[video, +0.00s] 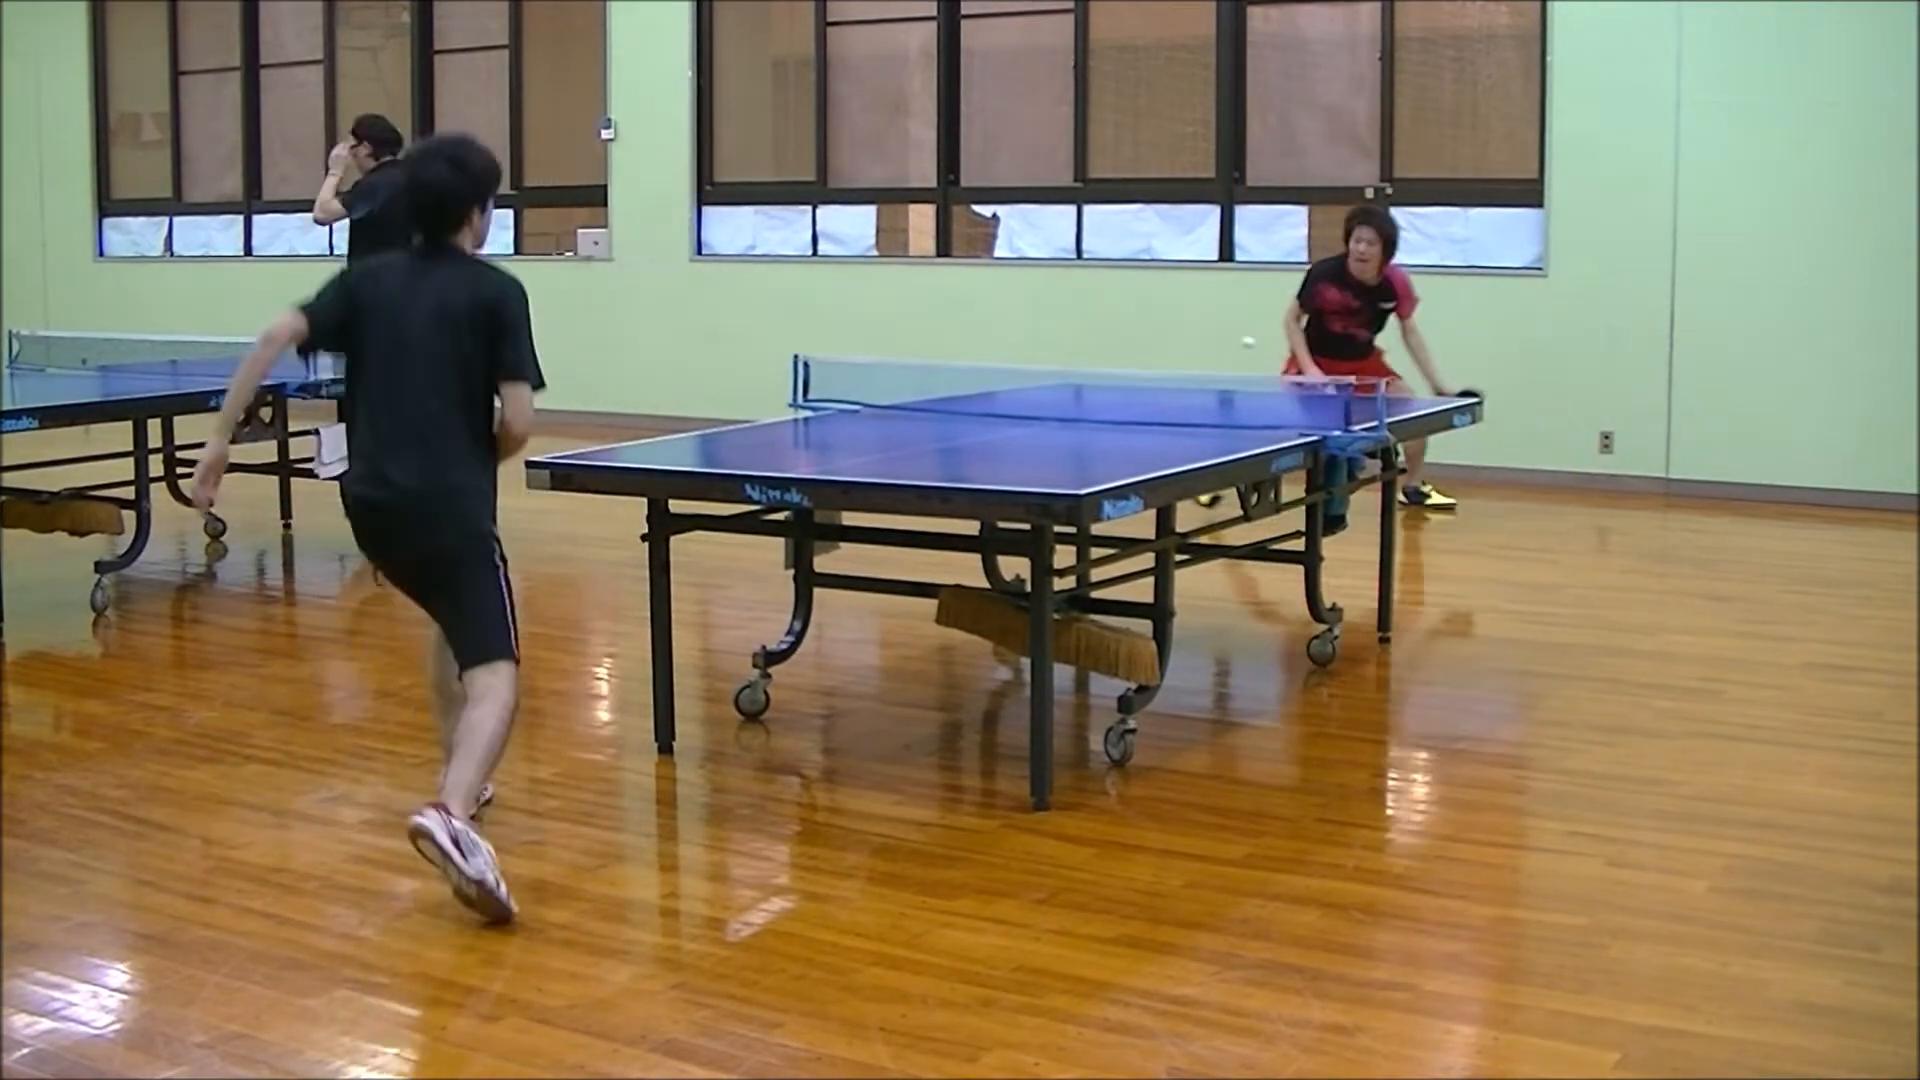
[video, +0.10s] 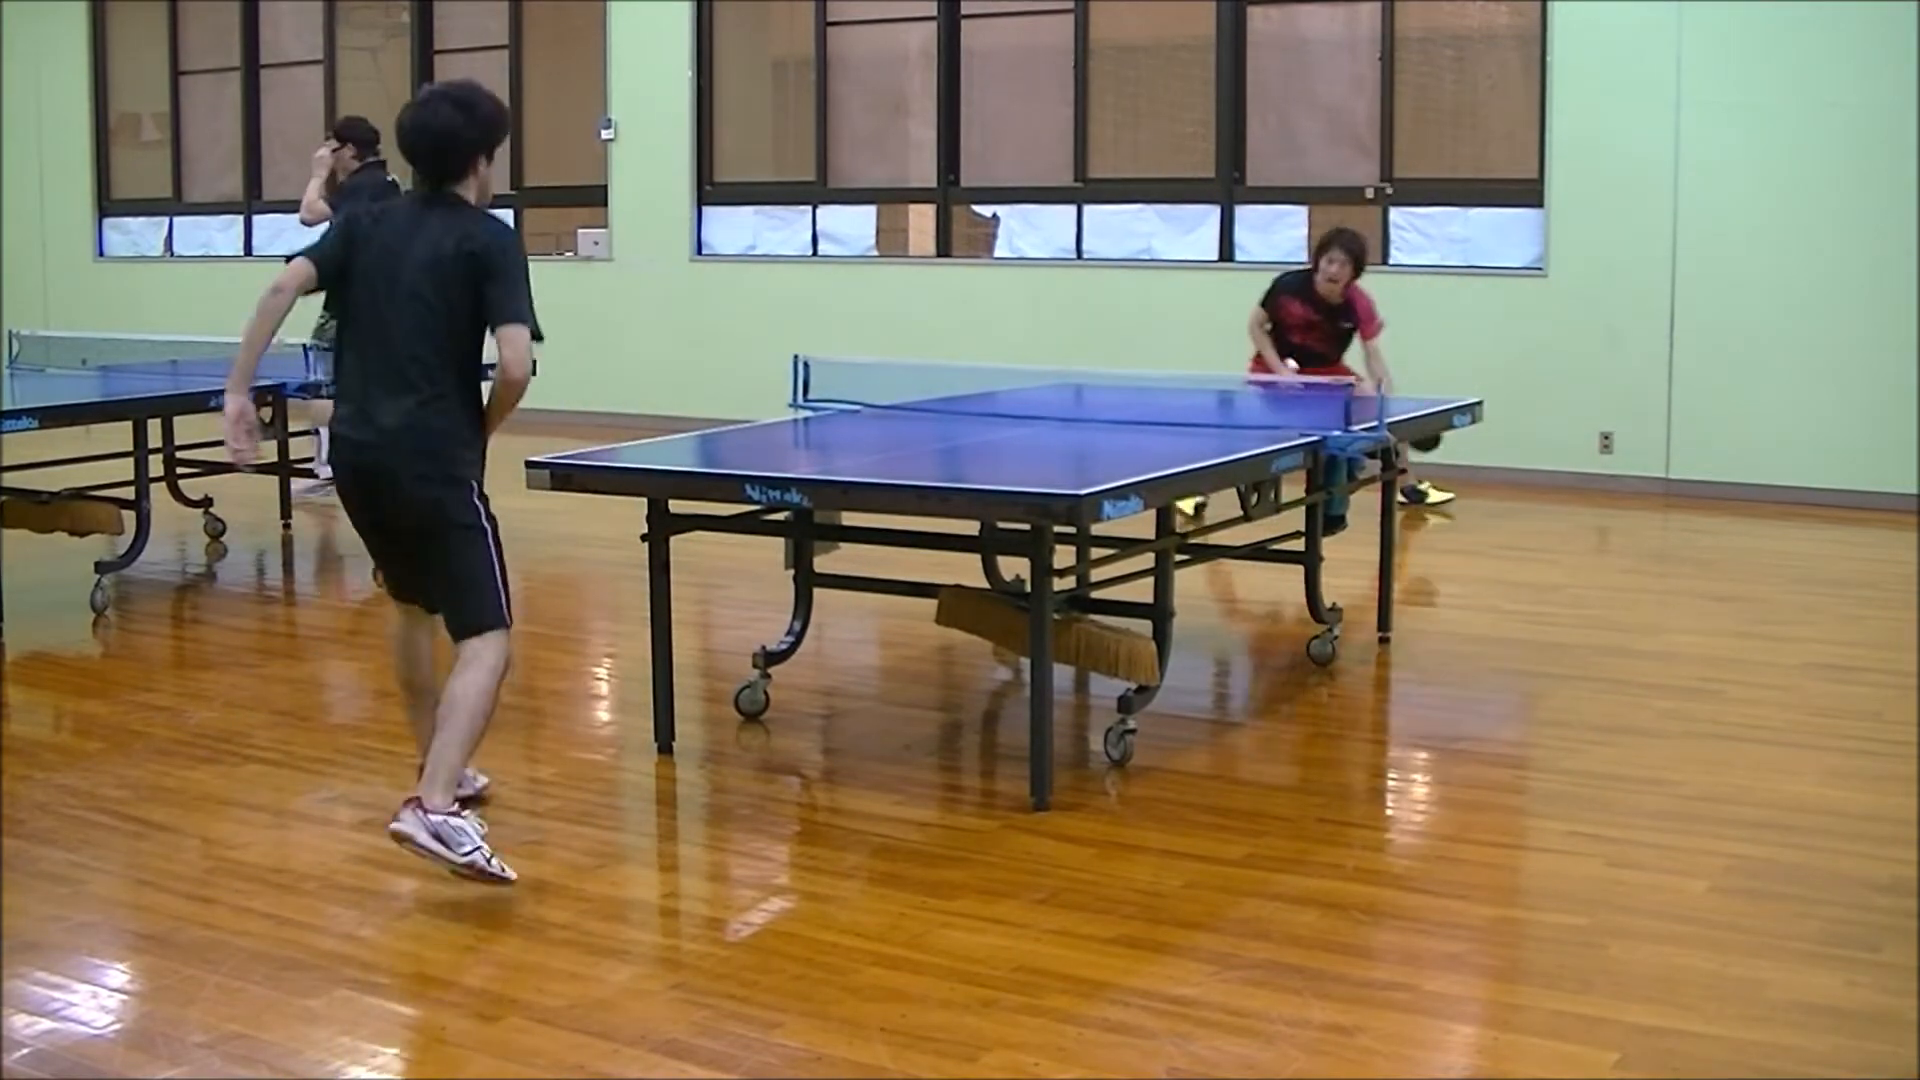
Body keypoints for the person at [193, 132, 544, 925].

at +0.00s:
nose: (492, 218)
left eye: (491, 206)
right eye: (490, 207)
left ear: (412, 207)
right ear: (474, 215)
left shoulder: (365, 278)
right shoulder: (497, 291)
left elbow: (273, 337)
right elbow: (516, 424)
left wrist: (216, 452)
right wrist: (491, 448)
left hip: (371, 500)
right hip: (453, 505)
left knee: (450, 624)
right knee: (496, 680)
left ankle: (465, 783)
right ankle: (453, 812)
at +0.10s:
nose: (499, 168)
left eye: (497, 156)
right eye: (496, 156)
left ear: (411, 156)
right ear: (479, 163)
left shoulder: (365, 220)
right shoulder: (490, 237)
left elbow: (285, 284)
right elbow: (515, 366)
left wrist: (237, 391)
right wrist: (481, 428)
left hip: (355, 448)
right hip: (435, 453)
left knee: (415, 610)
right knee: (487, 637)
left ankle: (441, 772)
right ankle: (432, 805)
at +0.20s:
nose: (499, 153)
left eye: (495, 139)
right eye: (494, 142)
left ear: (413, 145)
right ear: (477, 151)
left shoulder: (357, 211)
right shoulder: (488, 228)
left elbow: (284, 303)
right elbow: (510, 353)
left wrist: (270, 408)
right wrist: (492, 415)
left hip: (346, 451)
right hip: (428, 463)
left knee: (381, 595)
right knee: (474, 642)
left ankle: (365, 755)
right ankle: (436, 834)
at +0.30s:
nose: (498, 178)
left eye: (494, 165)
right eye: (493, 166)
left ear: (416, 172)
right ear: (475, 176)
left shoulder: (362, 245)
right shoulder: (479, 263)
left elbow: (292, 349)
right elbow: (497, 386)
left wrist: (308, 429)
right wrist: (509, 443)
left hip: (334, 478)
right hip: (415, 493)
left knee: (346, 612)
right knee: (476, 672)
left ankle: (289, 765)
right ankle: (428, 852)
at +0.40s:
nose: (492, 212)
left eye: (489, 199)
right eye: (489, 200)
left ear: (411, 204)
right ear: (469, 208)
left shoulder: (352, 279)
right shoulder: (459, 295)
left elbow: (300, 387)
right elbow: (485, 423)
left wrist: (361, 431)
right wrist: (533, 458)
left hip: (320, 505)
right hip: (400, 520)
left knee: (309, 646)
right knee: (489, 683)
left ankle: (244, 782)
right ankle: (427, 856)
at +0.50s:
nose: (479, 241)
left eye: (478, 226)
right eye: (476, 227)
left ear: (402, 231)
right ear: (455, 234)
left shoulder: (352, 297)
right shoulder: (440, 319)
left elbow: (331, 409)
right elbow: (480, 446)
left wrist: (429, 437)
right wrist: (558, 457)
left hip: (293, 516)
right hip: (366, 531)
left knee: (317, 641)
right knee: (492, 681)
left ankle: (243, 782)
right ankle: (428, 852)